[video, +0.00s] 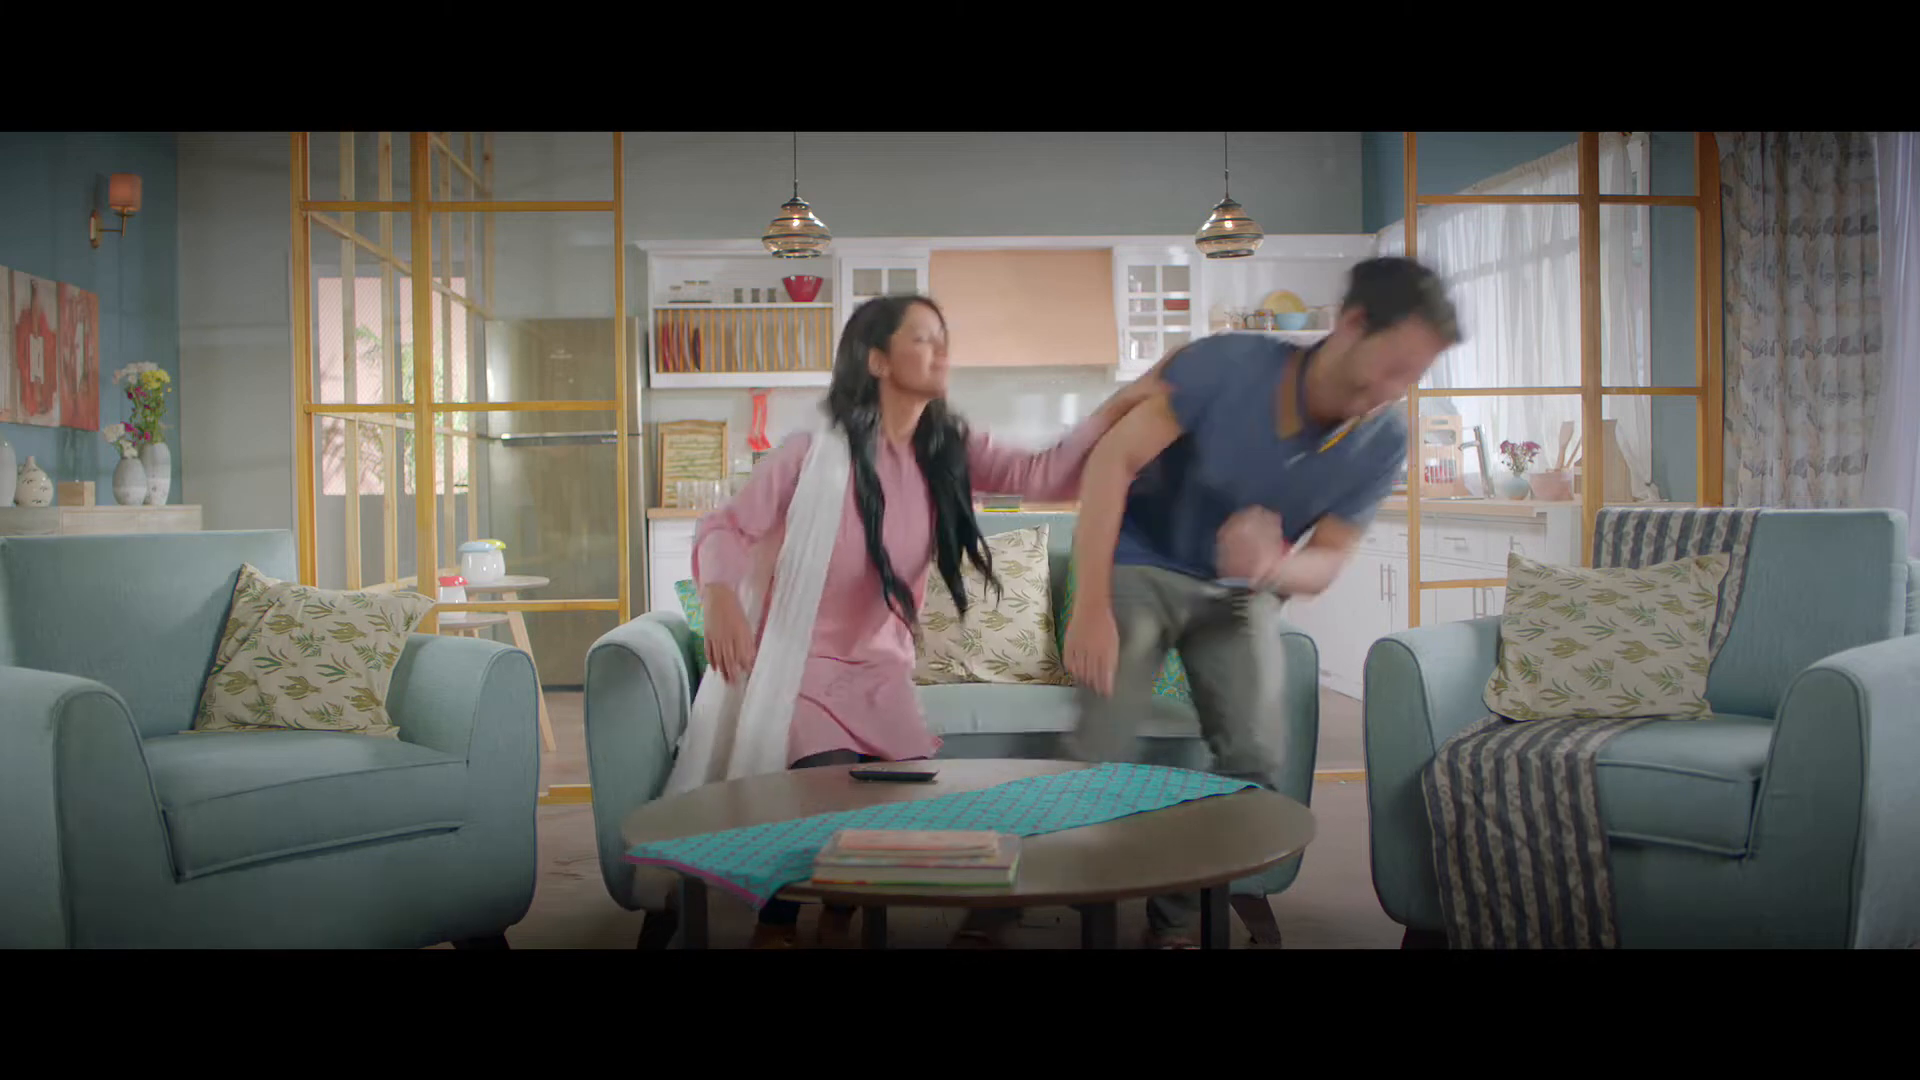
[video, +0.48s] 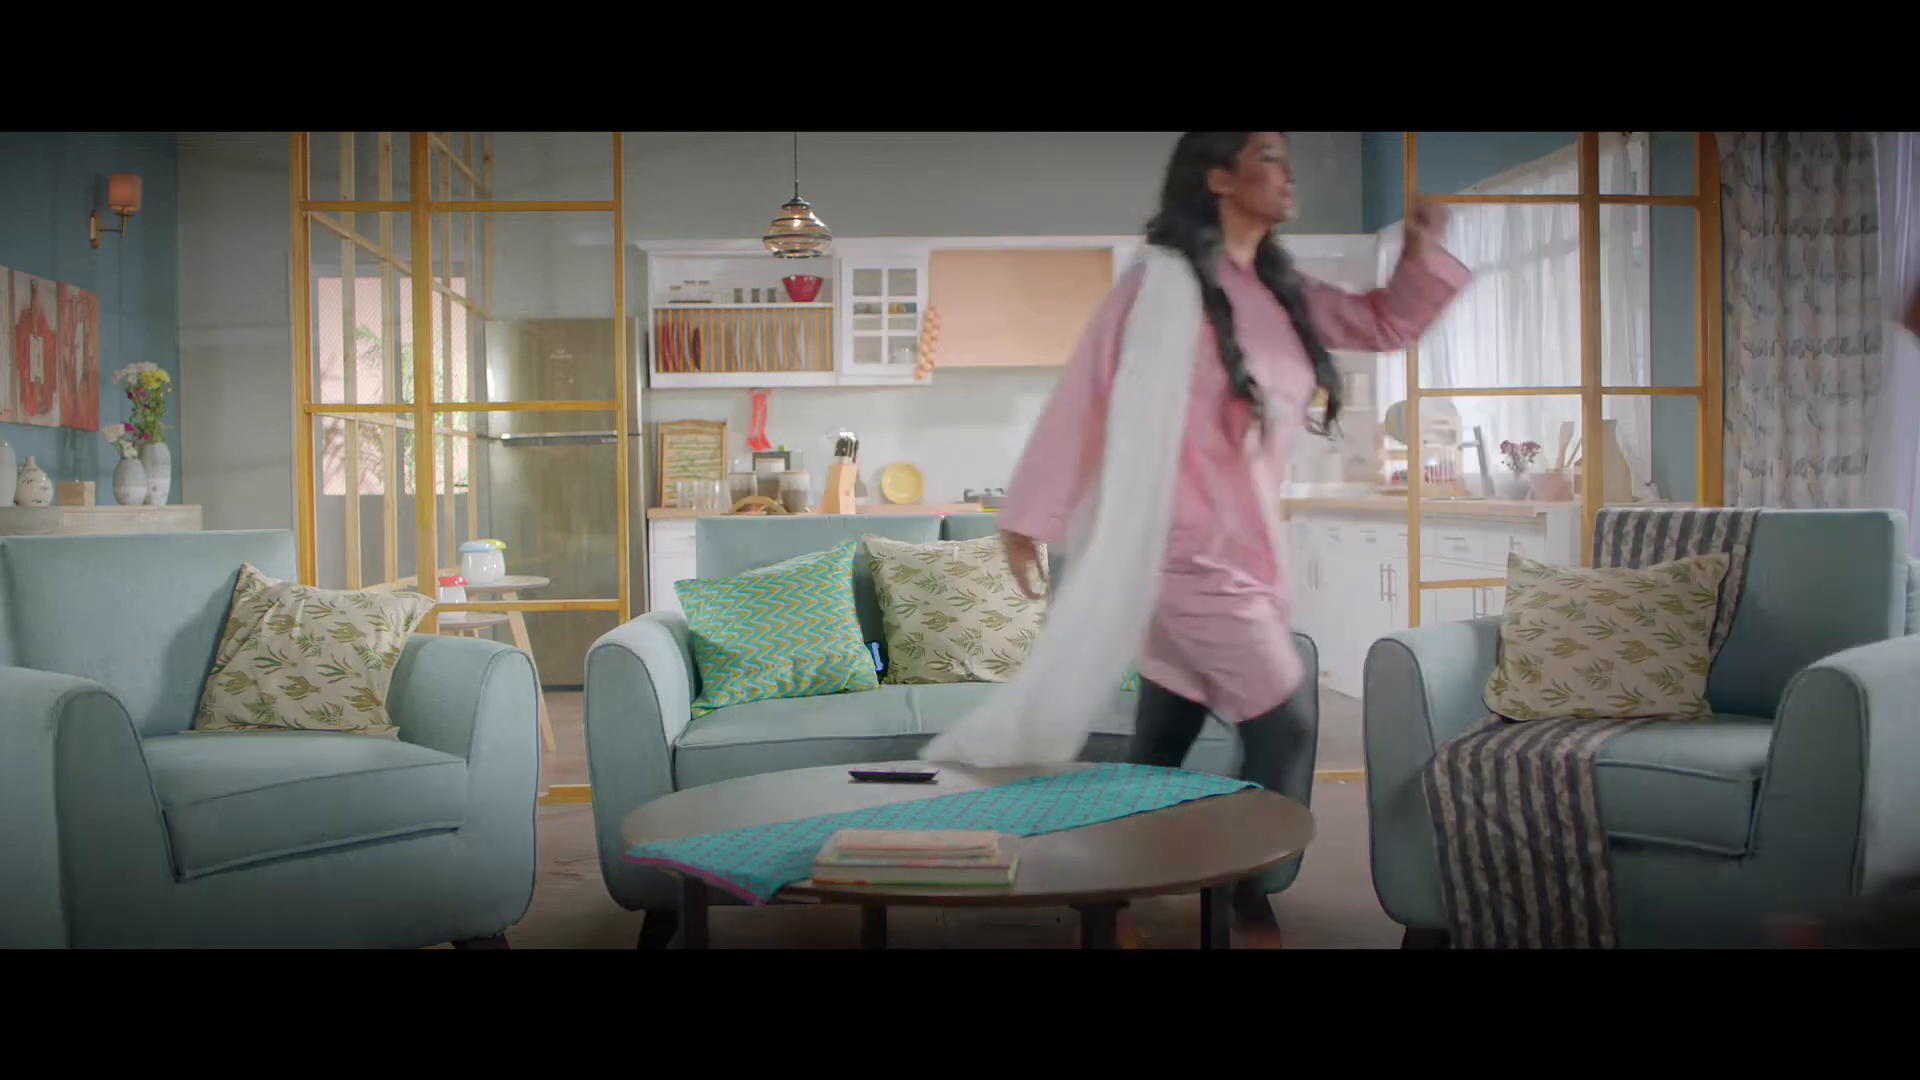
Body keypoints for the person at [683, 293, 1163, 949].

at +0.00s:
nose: (941, 355)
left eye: (942, 344)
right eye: (924, 342)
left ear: (945, 356)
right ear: (877, 358)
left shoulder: (945, 447)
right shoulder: (814, 452)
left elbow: (1049, 476)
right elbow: (725, 527)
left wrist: (1118, 406)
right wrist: (722, 602)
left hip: (885, 678)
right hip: (799, 674)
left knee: (912, 822)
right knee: (836, 819)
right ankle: (782, 933)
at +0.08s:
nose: (968, 282)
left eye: (970, 271)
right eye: (951, 266)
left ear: (967, 285)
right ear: (901, 279)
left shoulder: (968, 363)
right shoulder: (842, 369)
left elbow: (1057, 331)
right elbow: (751, 448)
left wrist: (1163, 278)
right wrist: (727, 533)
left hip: (915, 613)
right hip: (824, 618)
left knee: (972, 723)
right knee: (838, 766)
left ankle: (904, 895)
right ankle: (786, 915)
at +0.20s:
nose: (1036, 216)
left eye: (1037, 205)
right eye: (1017, 203)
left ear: (1035, 225)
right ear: (969, 219)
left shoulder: (1038, 306)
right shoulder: (910, 311)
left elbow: (1140, 258)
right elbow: (821, 415)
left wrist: (1193, 166)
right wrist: (773, 508)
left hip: (989, 571)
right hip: (894, 568)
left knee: (1053, 706)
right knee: (867, 742)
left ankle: (1075, 903)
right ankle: (799, 907)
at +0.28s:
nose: (1094, 199)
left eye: (1096, 187)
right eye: (1076, 184)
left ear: (1085, 207)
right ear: (1025, 198)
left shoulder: (1095, 289)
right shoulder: (978, 297)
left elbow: (1190, 246)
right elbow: (890, 403)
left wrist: (1230, 158)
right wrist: (832, 509)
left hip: (1074, 555)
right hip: (969, 554)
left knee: (1086, 750)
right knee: (908, 745)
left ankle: (1094, 918)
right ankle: (834, 904)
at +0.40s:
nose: (1210, 179)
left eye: (1210, 164)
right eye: (1191, 161)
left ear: (1208, 182)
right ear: (1142, 178)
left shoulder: (1208, 281)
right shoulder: (1092, 278)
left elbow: (1316, 278)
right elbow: (1020, 399)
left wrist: (1345, 184)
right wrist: (962, 516)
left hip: (1182, 545)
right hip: (1111, 545)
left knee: (1134, 738)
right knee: (1155, 742)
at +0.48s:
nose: (1289, 179)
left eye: (1287, 164)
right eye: (1271, 162)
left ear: (1258, 183)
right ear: (1217, 178)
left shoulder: (1279, 289)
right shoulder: (1157, 284)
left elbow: (1384, 322)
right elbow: (1083, 398)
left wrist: (1424, 249)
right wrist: (1028, 514)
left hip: (1244, 553)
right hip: (1175, 554)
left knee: (1163, 735)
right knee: (1283, 722)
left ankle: (1105, 897)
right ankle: (1246, 908)